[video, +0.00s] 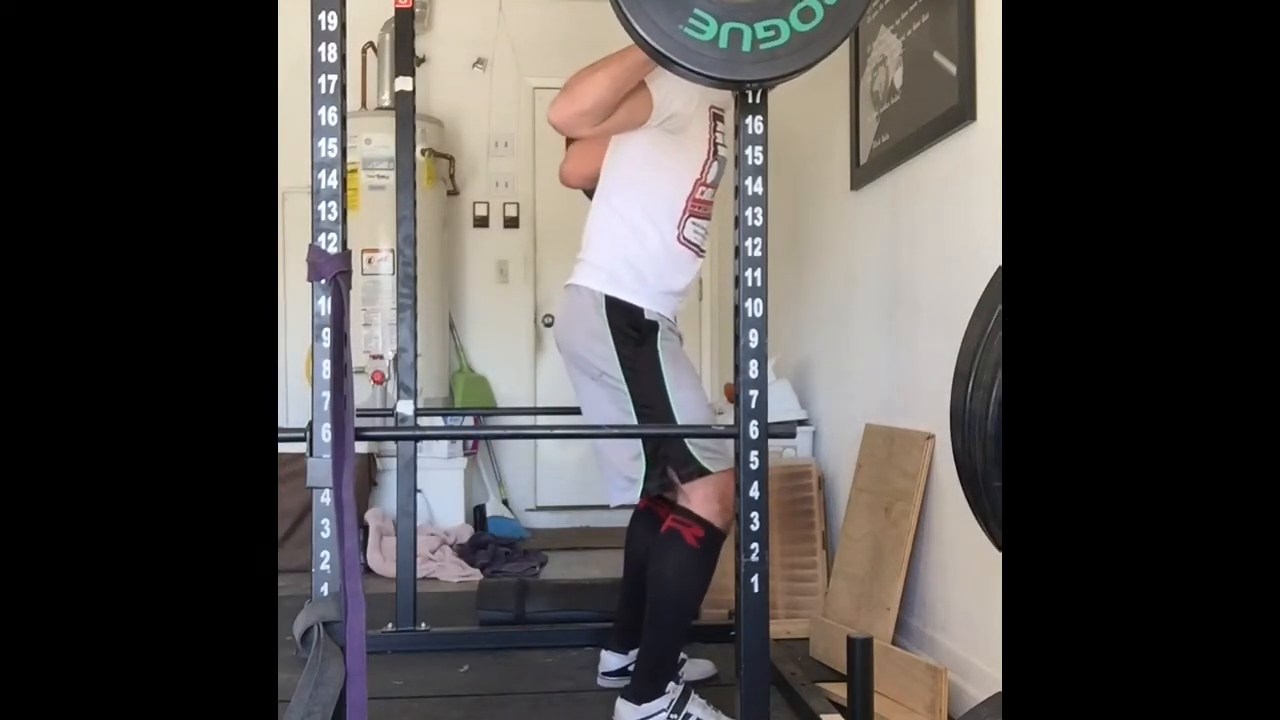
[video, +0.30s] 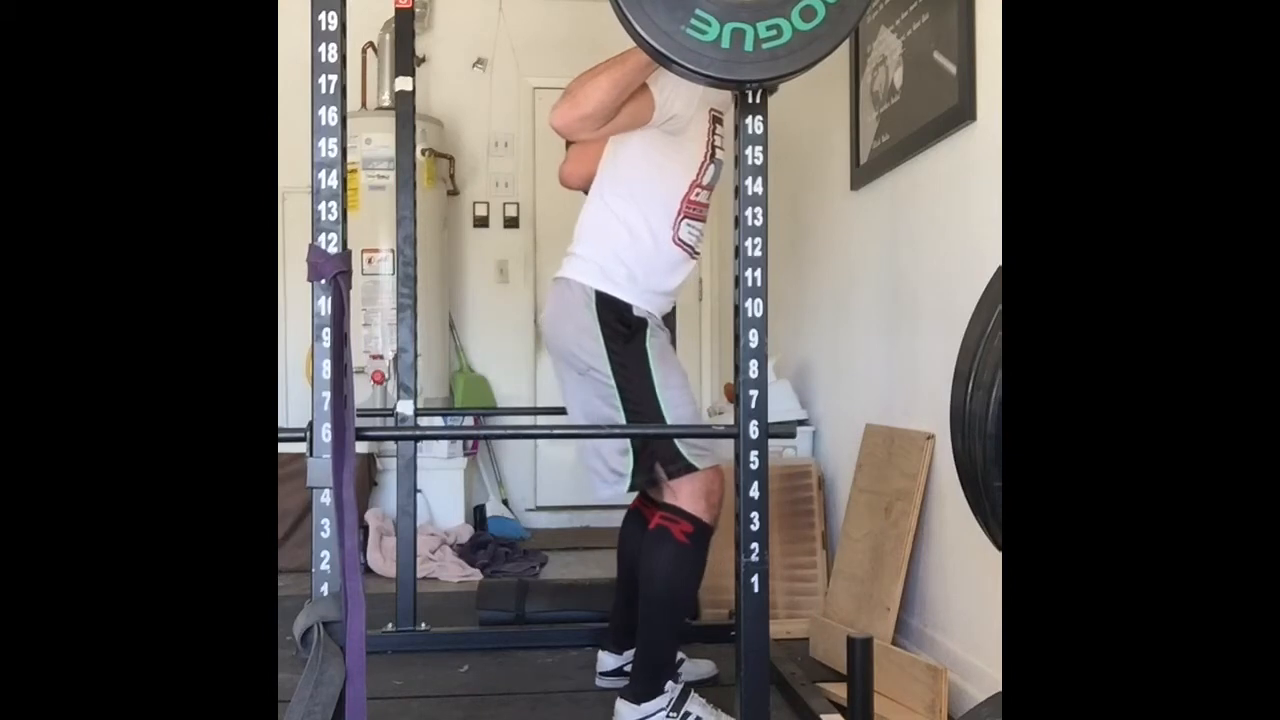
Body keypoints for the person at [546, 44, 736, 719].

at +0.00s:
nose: (765, 49)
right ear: (729, 31)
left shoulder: (703, 104)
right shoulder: (684, 77)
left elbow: (575, 167)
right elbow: (566, 114)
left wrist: (667, 176)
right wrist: (654, 43)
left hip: (633, 309)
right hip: (616, 309)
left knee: (672, 484)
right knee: (709, 492)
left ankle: (627, 651)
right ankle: (650, 695)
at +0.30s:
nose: (760, 54)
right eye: (753, 39)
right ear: (725, 35)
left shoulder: (695, 105)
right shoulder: (683, 80)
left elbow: (575, 168)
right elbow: (567, 117)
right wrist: (653, 45)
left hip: (625, 306)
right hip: (606, 305)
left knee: (664, 486)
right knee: (697, 486)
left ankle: (624, 651)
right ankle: (649, 695)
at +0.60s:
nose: (760, 49)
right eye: (752, 36)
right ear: (723, 31)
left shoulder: (698, 101)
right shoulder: (681, 76)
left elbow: (579, 170)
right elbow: (569, 121)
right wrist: (654, 46)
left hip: (625, 304)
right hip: (611, 305)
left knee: (661, 484)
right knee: (702, 486)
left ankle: (630, 653)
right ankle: (650, 694)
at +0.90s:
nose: (764, 44)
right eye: (754, 31)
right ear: (724, 25)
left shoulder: (703, 100)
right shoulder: (684, 76)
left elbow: (579, 173)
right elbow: (572, 124)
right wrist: (656, 46)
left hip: (628, 306)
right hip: (614, 306)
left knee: (667, 485)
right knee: (707, 488)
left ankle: (630, 654)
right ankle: (650, 694)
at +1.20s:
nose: (765, 46)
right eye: (756, 32)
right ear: (726, 28)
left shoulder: (704, 104)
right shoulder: (684, 81)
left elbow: (579, 174)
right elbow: (572, 129)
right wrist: (660, 50)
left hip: (626, 307)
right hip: (615, 307)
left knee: (670, 486)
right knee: (708, 490)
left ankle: (630, 654)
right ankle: (652, 694)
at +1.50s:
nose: (768, 46)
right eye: (759, 33)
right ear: (729, 28)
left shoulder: (707, 101)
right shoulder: (685, 78)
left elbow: (584, 181)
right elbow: (575, 131)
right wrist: (657, 47)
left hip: (630, 309)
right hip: (618, 310)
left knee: (672, 488)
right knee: (711, 494)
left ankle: (629, 655)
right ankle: (651, 694)